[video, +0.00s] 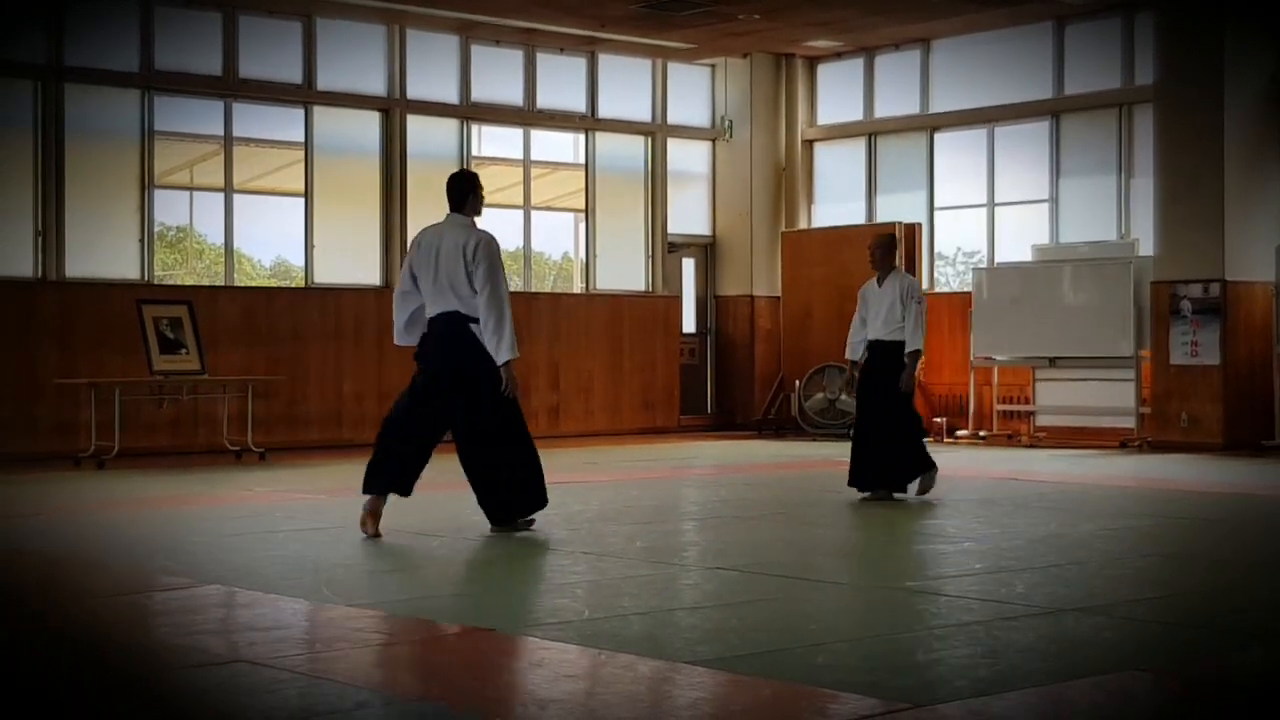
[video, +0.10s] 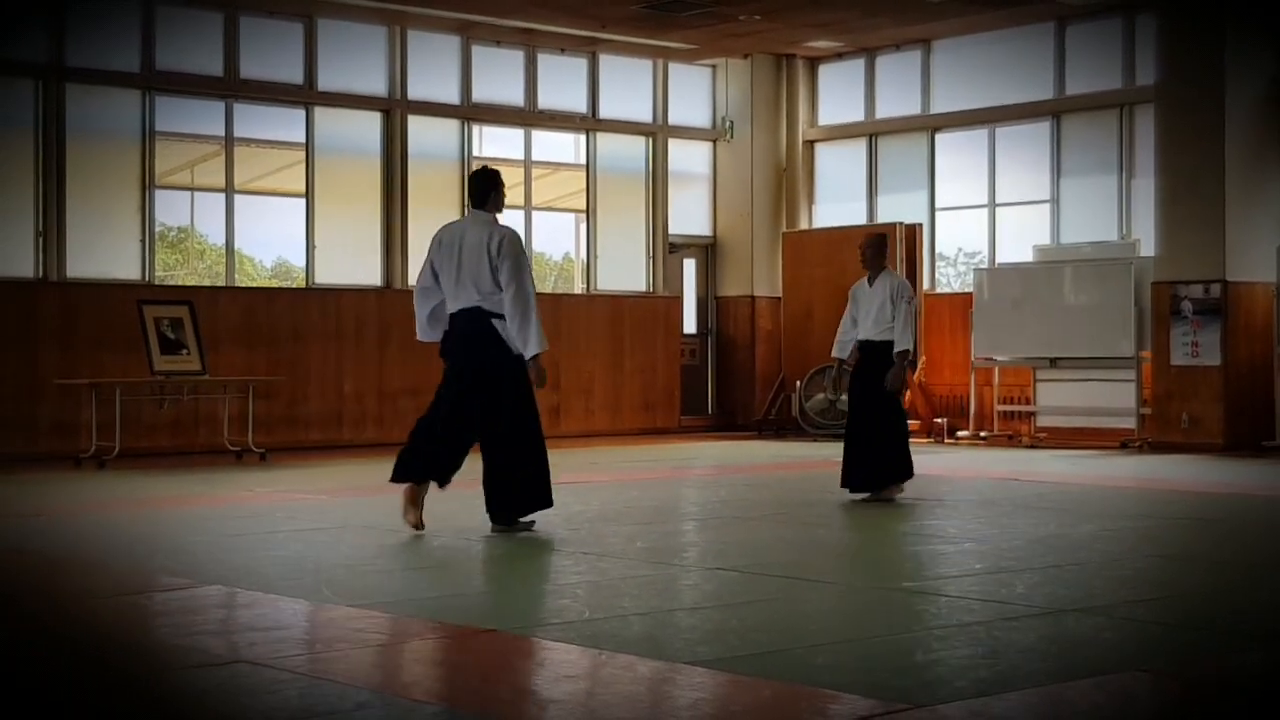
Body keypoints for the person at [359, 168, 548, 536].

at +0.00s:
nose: (484, 201)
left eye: (482, 195)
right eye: (482, 195)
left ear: (449, 199)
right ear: (474, 199)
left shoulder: (424, 239)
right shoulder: (481, 241)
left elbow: (406, 296)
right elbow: (493, 304)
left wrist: (422, 332)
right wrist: (505, 359)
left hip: (436, 343)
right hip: (473, 343)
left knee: (412, 419)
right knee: (490, 426)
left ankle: (378, 493)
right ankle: (504, 511)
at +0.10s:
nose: (505, 198)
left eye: (503, 192)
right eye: (503, 193)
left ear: (471, 196)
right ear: (496, 196)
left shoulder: (445, 235)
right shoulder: (504, 237)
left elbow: (426, 291)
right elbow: (518, 300)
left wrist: (441, 330)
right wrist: (532, 354)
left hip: (458, 336)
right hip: (495, 337)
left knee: (452, 412)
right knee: (505, 422)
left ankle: (419, 478)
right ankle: (505, 512)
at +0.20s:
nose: (525, 196)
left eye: (523, 191)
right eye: (523, 191)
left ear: (491, 195)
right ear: (517, 195)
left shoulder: (464, 233)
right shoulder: (525, 235)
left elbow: (444, 286)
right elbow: (543, 295)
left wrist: (462, 327)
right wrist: (561, 346)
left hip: (476, 332)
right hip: (512, 333)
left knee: (485, 410)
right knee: (517, 418)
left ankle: (472, 486)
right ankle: (506, 513)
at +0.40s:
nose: (561, 204)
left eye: (558, 198)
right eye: (559, 199)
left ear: (528, 202)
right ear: (553, 201)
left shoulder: (501, 239)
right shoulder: (560, 240)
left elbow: (479, 289)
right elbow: (580, 296)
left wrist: (496, 330)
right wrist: (605, 343)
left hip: (509, 337)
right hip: (543, 336)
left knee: (543, 419)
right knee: (532, 423)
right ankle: (507, 513)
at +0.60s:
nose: (597, 212)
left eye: (595, 207)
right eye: (595, 207)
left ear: (566, 211)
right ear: (589, 211)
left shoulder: (540, 248)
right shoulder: (600, 250)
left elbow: (520, 298)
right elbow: (621, 304)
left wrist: (536, 336)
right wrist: (646, 341)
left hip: (549, 341)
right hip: (583, 341)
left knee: (589, 419)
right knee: (559, 422)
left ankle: (597, 495)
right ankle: (519, 498)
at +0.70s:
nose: (614, 214)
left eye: (612, 208)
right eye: (612, 209)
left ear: (583, 213)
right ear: (607, 213)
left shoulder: (558, 249)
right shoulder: (617, 250)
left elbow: (538, 299)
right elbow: (642, 301)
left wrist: (552, 334)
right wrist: (665, 334)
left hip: (567, 341)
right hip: (602, 341)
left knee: (579, 418)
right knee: (606, 420)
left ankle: (595, 501)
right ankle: (548, 477)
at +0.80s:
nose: (634, 217)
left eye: (631, 212)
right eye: (632, 212)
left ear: (604, 216)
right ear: (627, 216)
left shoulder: (576, 251)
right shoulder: (635, 253)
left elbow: (556, 301)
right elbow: (663, 298)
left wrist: (569, 338)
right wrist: (687, 324)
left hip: (585, 345)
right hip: (622, 345)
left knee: (594, 417)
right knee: (650, 417)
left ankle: (598, 498)